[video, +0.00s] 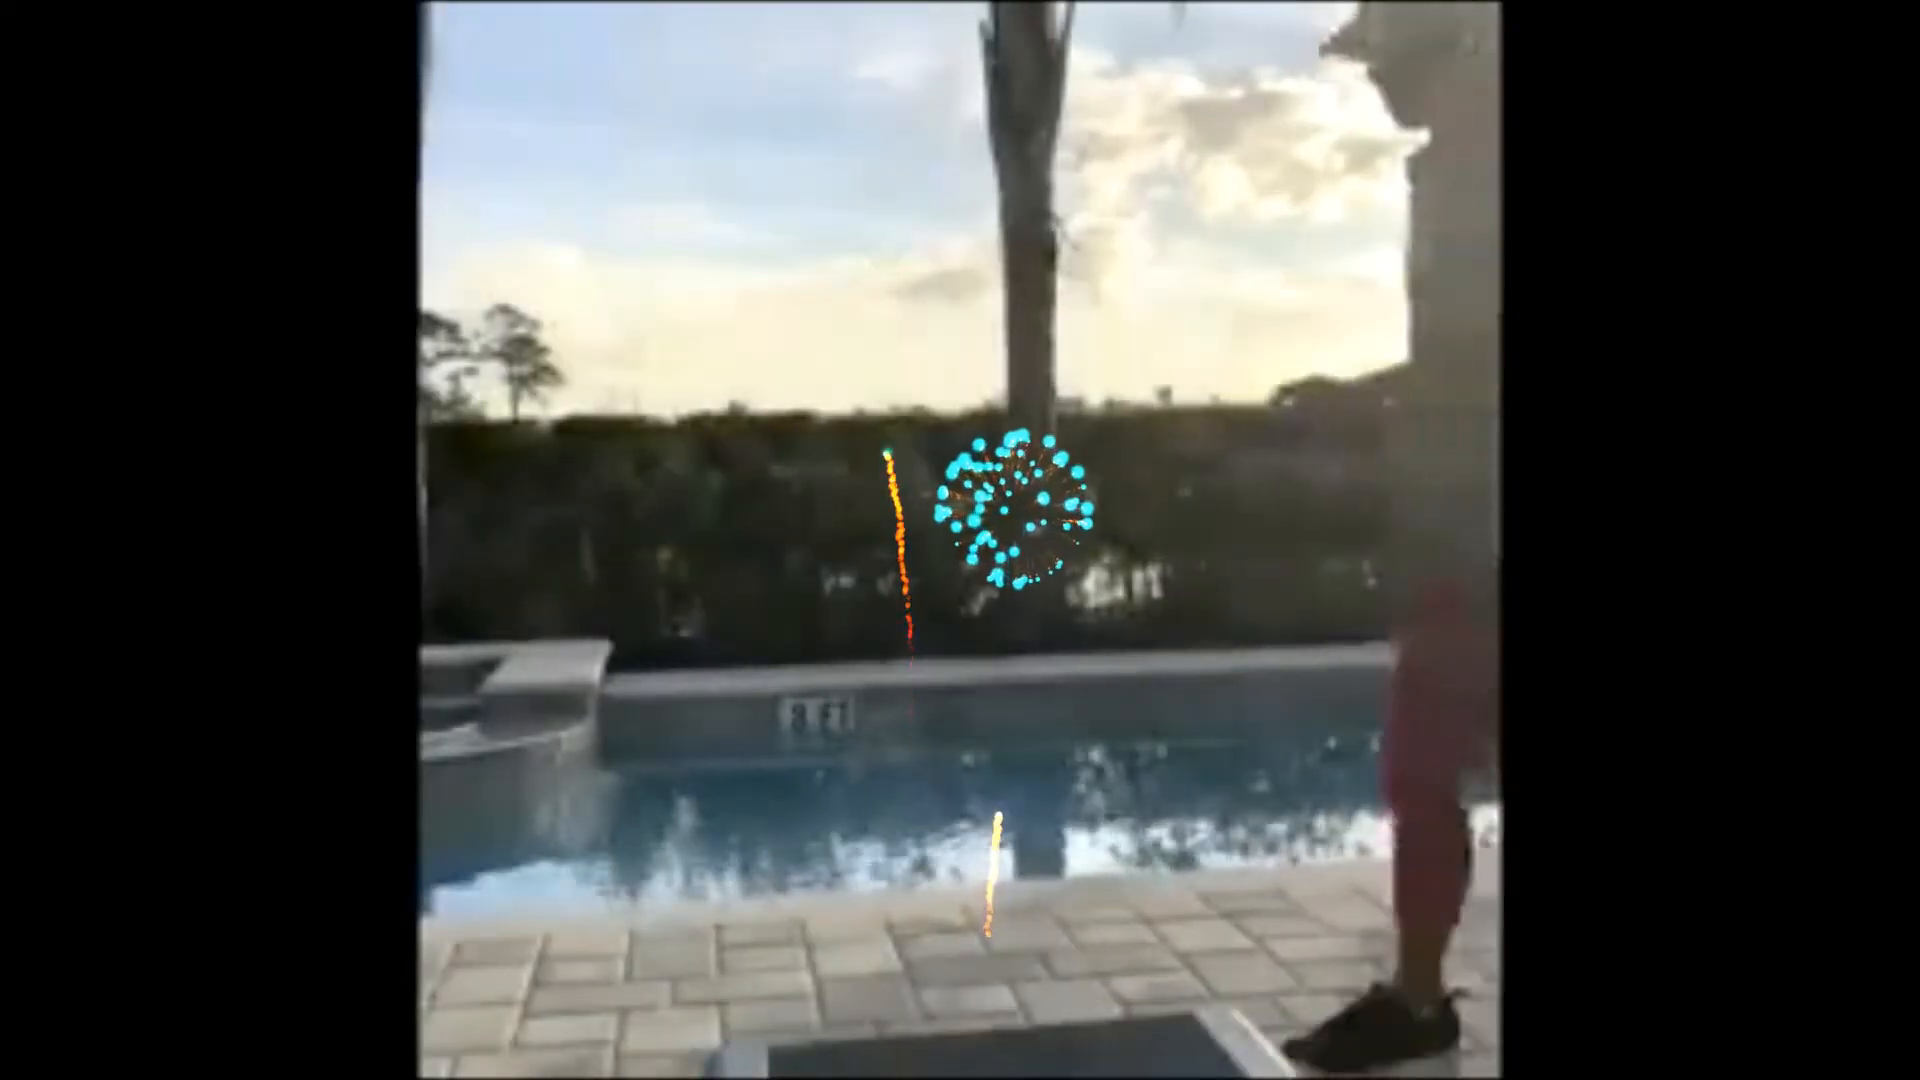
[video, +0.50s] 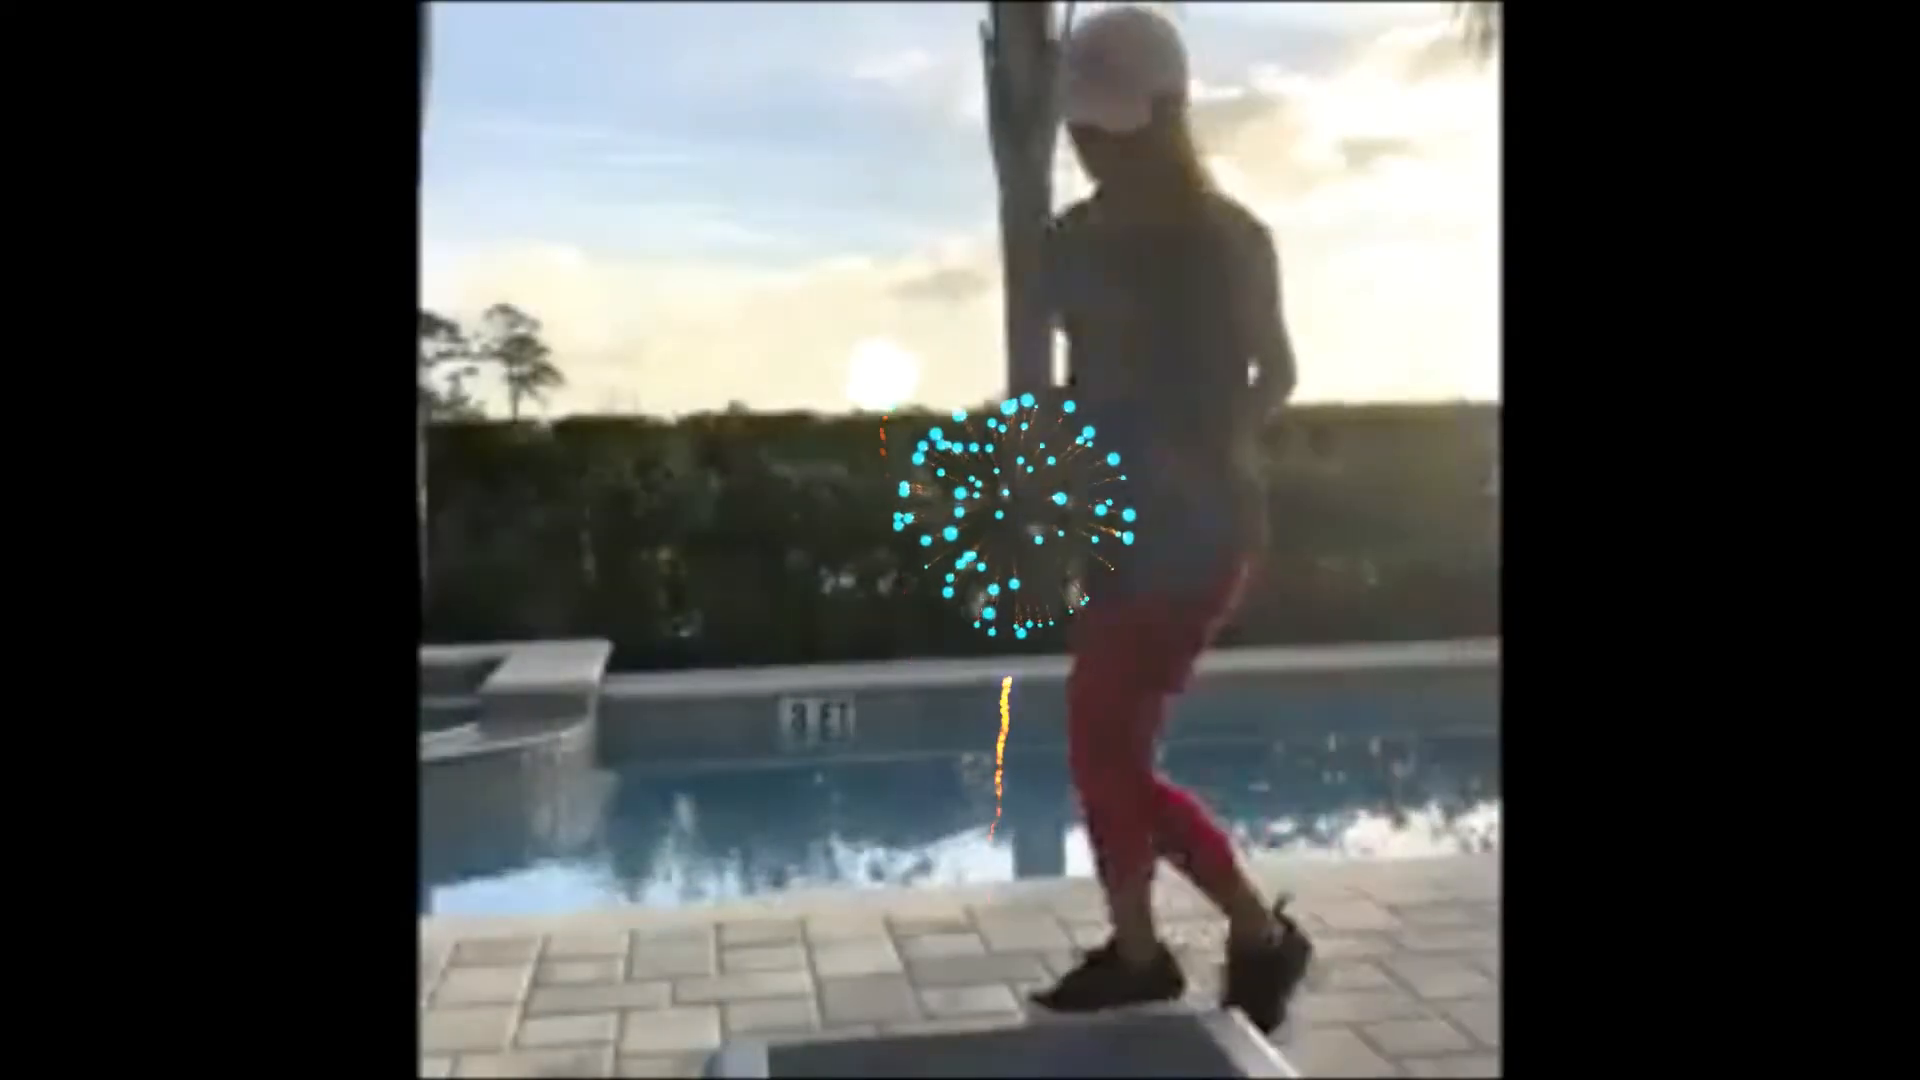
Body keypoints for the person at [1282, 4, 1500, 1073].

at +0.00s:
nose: (1382, 89)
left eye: (1392, 66)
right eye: (1379, 70)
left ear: (1445, 57)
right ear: (1434, 61)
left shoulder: (1462, 171)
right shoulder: (1448, 170)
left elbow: (1460, 376)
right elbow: (1453, 370)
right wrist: (1362, 396)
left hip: (1464, 545)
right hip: (1452, 540)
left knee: (1423, 760)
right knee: (1421, 761)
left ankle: (1417, 992)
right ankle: (1416, 990)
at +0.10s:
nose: (1299, 128)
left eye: (1314, 106)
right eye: (1299, 108)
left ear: (1369, 100)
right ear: (1374, 101)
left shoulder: (1403, 214)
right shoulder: (1381, 214)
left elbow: (1425, 389)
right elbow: (1394, 394)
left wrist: (1444, 535)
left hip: (1408, 530)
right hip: (1389, 529)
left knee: (1358, 761)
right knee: (1365, 766)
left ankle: (1394, 996)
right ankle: (1390, 997)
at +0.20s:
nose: (1231, 126)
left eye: (1245, 105)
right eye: (1230, 106)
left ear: (1301, 101)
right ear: (1294, 101)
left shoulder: (1333, 214)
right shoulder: (1305, 211)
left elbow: (1386, 384)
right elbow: (1332, 390)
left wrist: (1315, 514)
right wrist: (1289, 516)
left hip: (1341, 532)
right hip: (1308, 531)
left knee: (1334, 757)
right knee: (1239, 734)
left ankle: (1391, 998)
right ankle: (1358, 894)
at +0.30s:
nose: (1166, 119)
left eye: (1177, 98)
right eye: (1164, 99)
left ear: (1228, 89)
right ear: (1228, 85)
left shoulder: (1268, 198)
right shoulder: (1240, 193)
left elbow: (1321, 367)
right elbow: (1272, 371)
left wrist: (1188, 401)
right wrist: (1180, 399)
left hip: (1307, 518)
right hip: (1268, 518)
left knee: (1302, 753)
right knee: (1189, 713)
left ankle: (1386, 987)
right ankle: (1184, 930)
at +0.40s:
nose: (1122, 142)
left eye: (1137, 120)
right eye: (1114, 122)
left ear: (1193, 113)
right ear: (1121, 123)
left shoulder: (1248, 232)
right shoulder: (1147, 235)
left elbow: (1293, 388)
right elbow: (1156, 384)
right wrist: (1124, 430)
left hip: (1241, 539)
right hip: (1184, 538)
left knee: (1195, 777)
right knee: (1138, 731)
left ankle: (1356, 971)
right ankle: (1142, 949)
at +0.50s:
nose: (1089, 141)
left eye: (1102, 121)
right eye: (1081, 121)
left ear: (1143, 114)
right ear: (1167, 107)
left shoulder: (1225, 233)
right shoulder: (1072, 238)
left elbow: (1270, 376)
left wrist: (1197, 435)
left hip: (1189, 514)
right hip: (1111, 511)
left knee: (1111, 747)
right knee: (1102, 743)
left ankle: (1260, 928)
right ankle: (1133, 945)